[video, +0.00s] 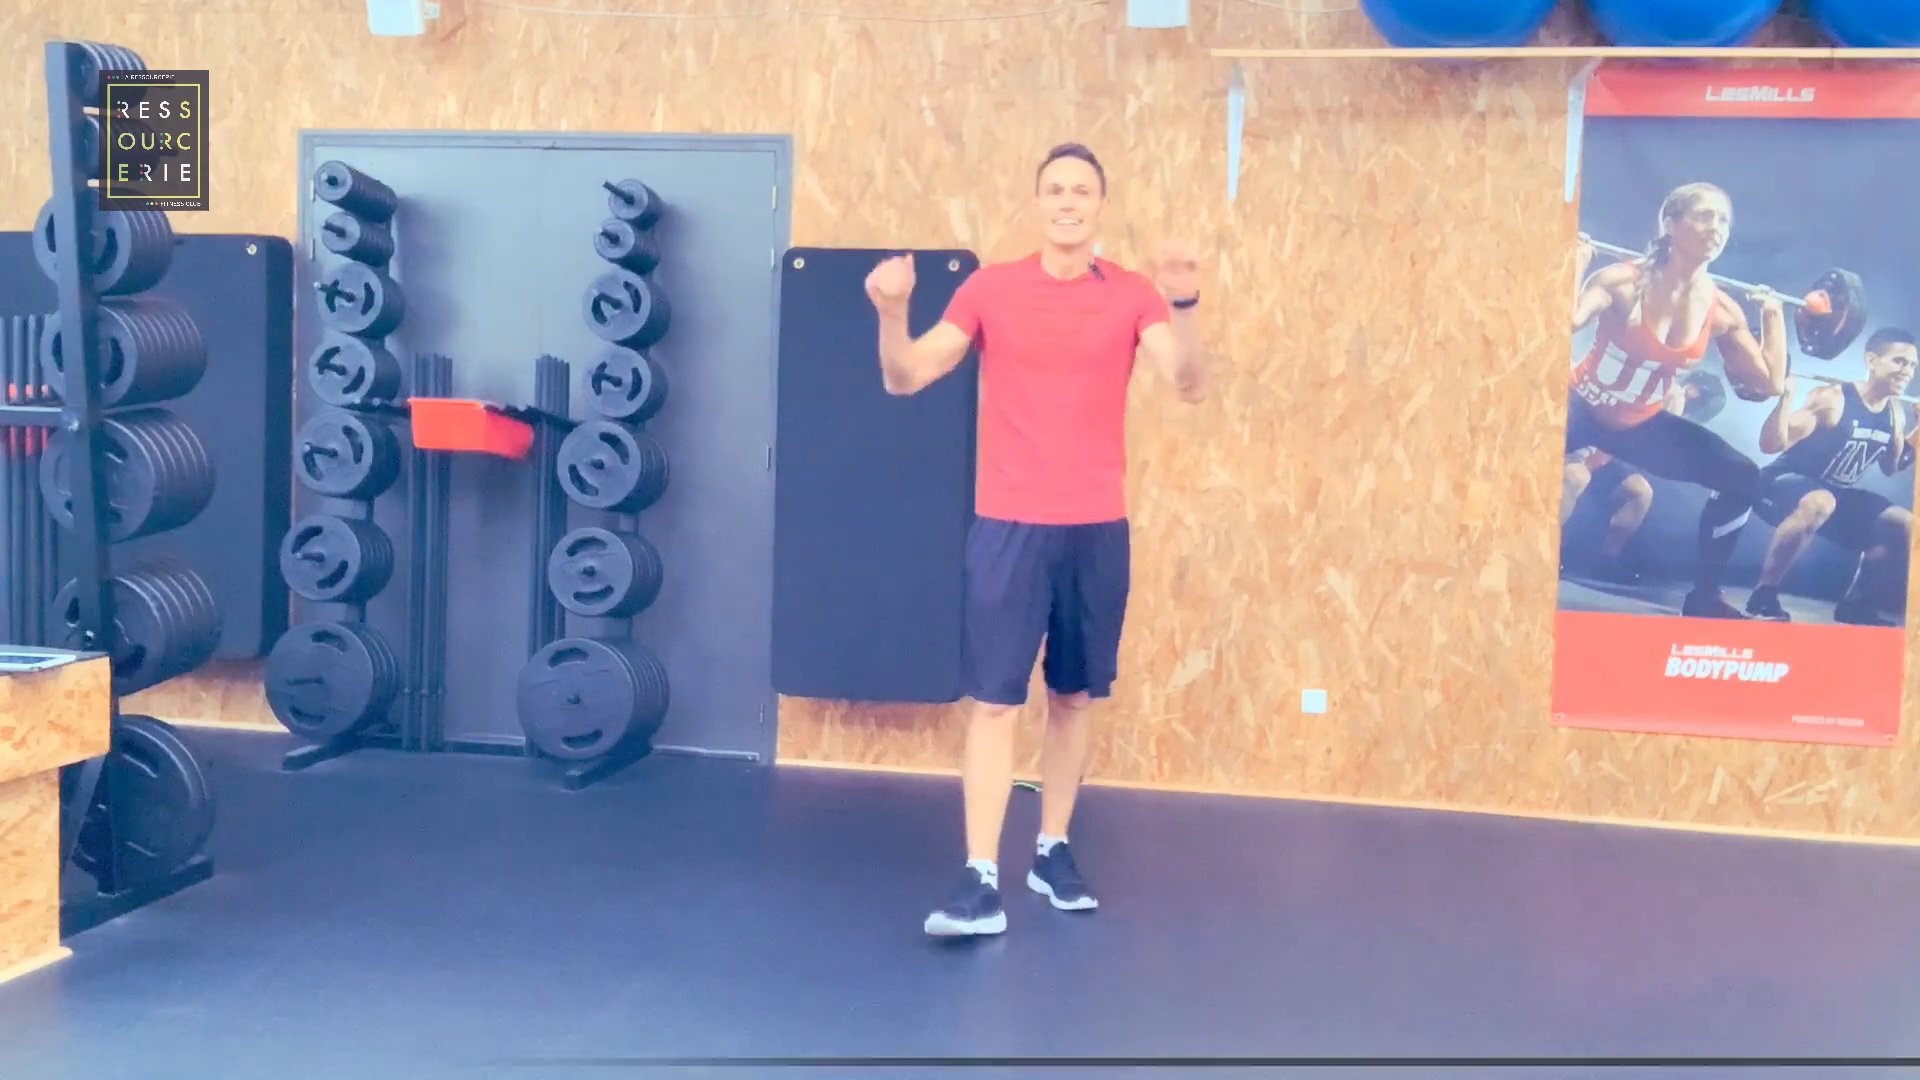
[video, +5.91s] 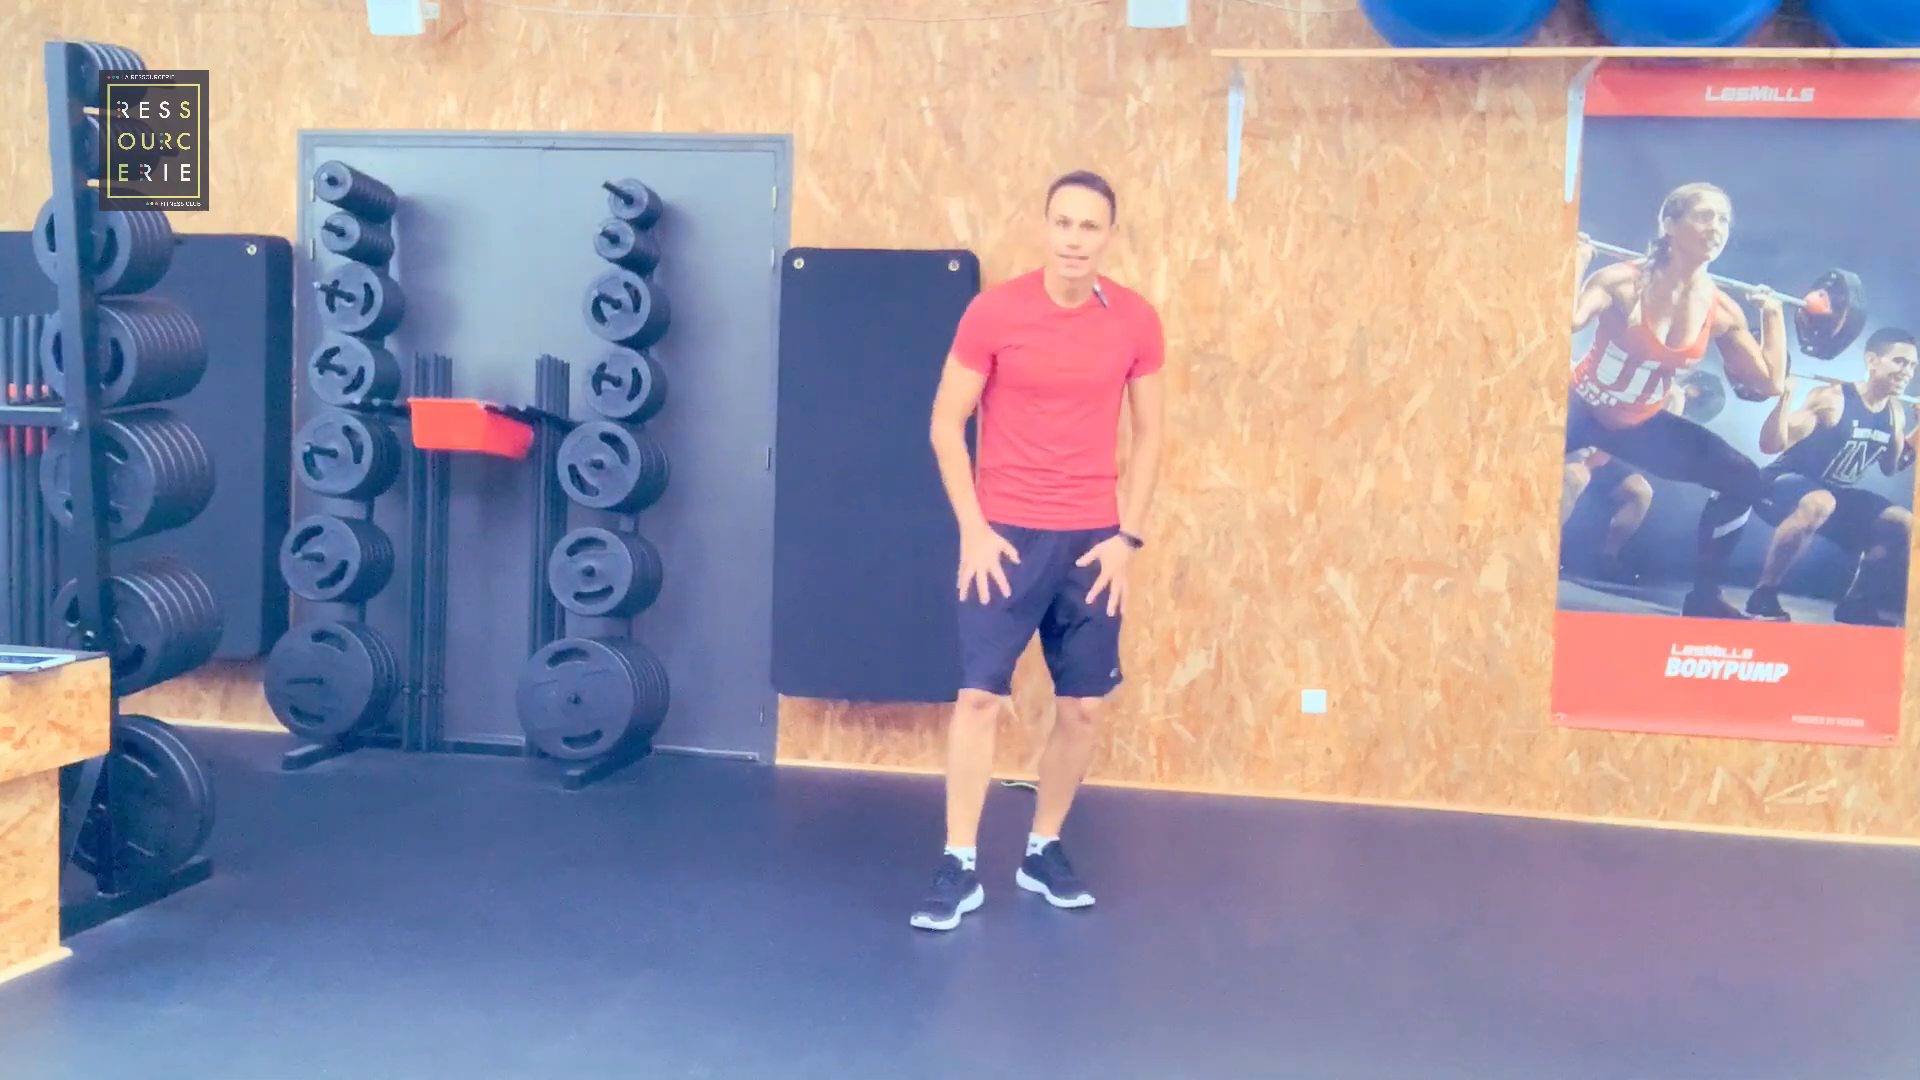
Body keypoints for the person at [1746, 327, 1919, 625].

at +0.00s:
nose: (1906, 371)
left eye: (1912, 365)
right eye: (1899, 361)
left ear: (1914, 372)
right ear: (1871, 361)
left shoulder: (1894, 413)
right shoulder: (1830, 398)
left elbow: (1891, 467)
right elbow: (1769, 444)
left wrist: (1912, 439)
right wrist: (1785, 395)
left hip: (1839, 494)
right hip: (1785, 481)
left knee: (1906, 525)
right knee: (1820, 503)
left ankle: (1855, 605)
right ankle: (1763, 596)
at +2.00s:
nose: (1906, 371)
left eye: (1911, 365)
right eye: (1899, 361)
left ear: (1914, 371)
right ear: (1871, 361)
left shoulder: (1894, 412)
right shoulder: (1830, 398)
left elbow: (1892, 467)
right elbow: (1769, 444)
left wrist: (1912, 443)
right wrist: (1785, 395)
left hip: (1839, 495)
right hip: (1786, 481)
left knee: (1906, 525)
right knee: (1820, 502)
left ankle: (1854, 604)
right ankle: (1764, 596)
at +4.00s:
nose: (1906, 371)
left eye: (1911, 365)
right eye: (1899, 361)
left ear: (1914, 371)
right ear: (1871, 361)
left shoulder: (1893, 412)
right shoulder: (1831, 398)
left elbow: (1891, 467)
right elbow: (1769, 444)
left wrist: (1910, 446)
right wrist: (1785, 396)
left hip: (1839, 495)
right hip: (1785, 482)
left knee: (1905, 524)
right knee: (1821, 502)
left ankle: (1854, 604)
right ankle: (1763, 596)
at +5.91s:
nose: (1906, 372)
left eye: (1911, 365)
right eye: (1899, 361)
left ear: (1913, 371)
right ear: (1872, 361)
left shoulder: (1894, 411)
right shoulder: (1831, 397)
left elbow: (1890, 466)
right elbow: (1769, 444)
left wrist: (1911, 442)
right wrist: (1785, 397)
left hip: (1838, 494)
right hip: (1785, 481)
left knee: (1904, 524)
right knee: (1820, 502)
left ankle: (1855, 604)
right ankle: (1763, 596)